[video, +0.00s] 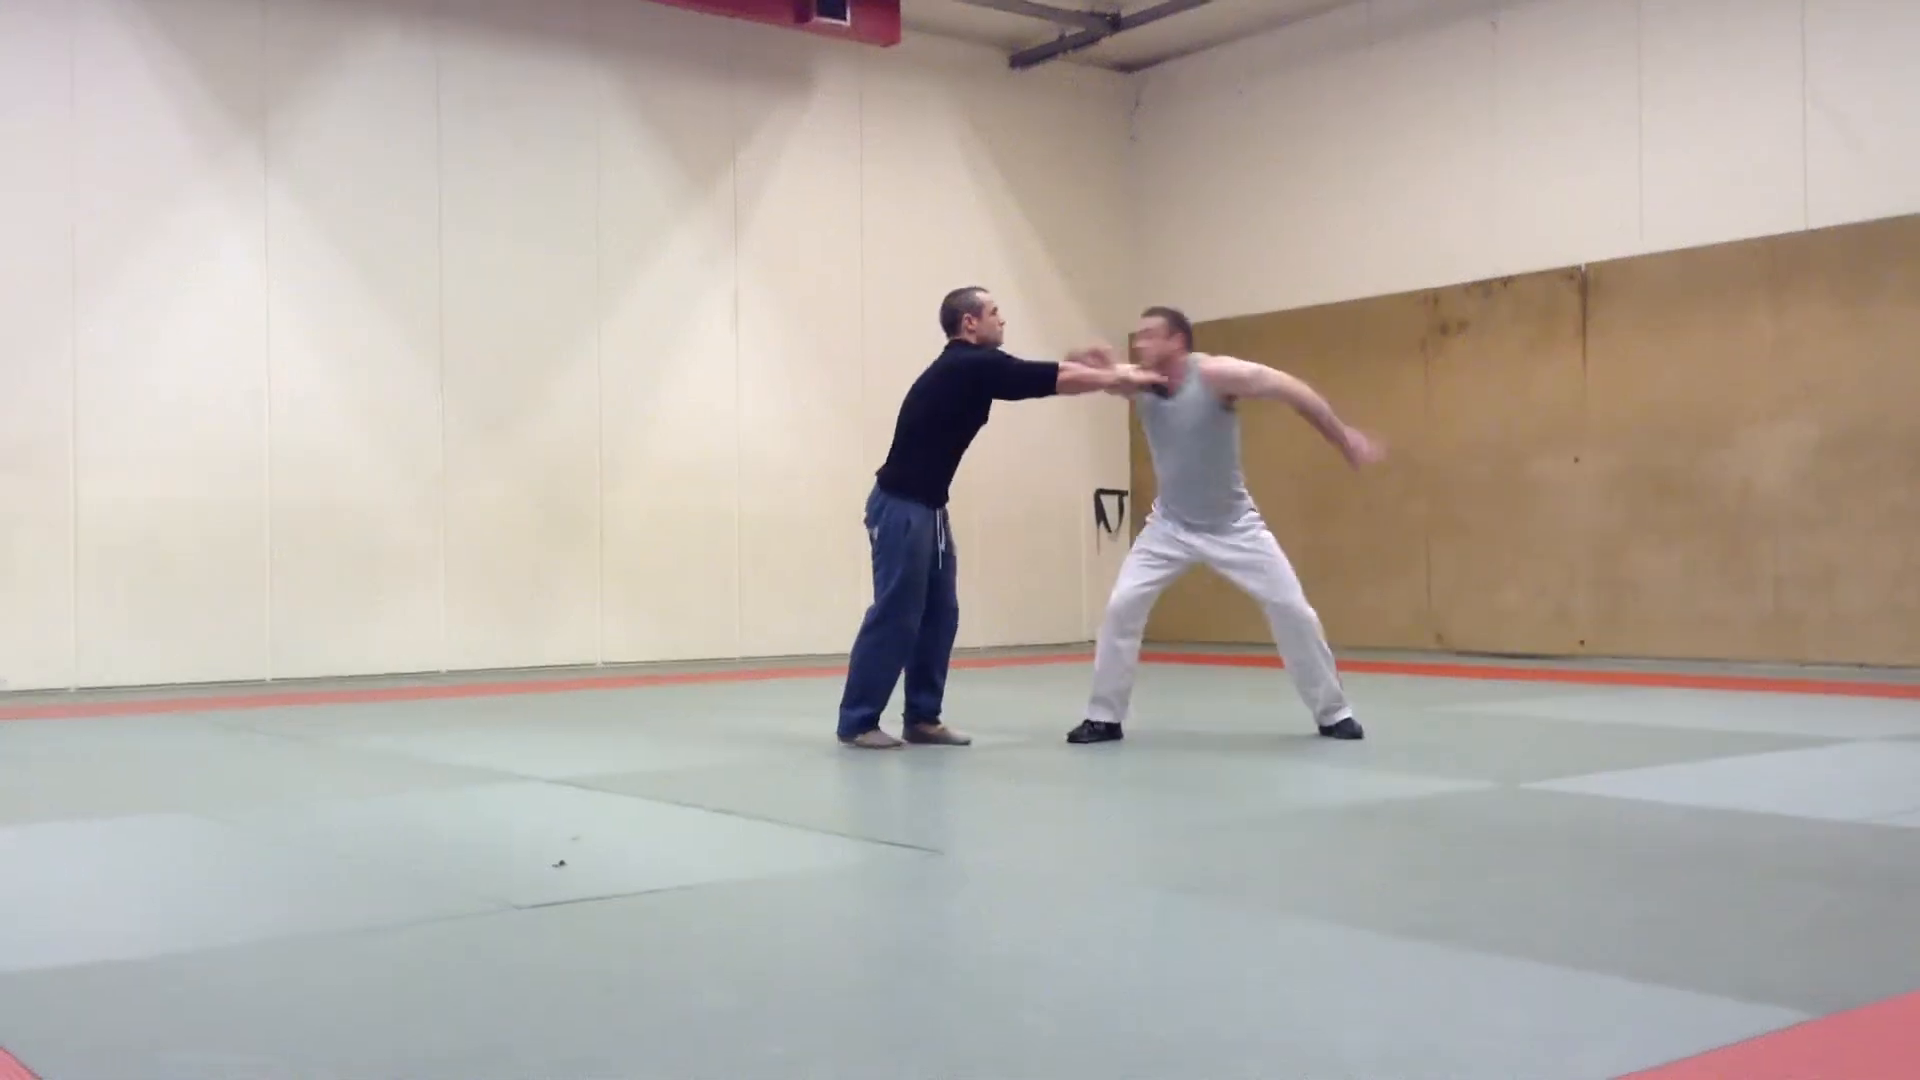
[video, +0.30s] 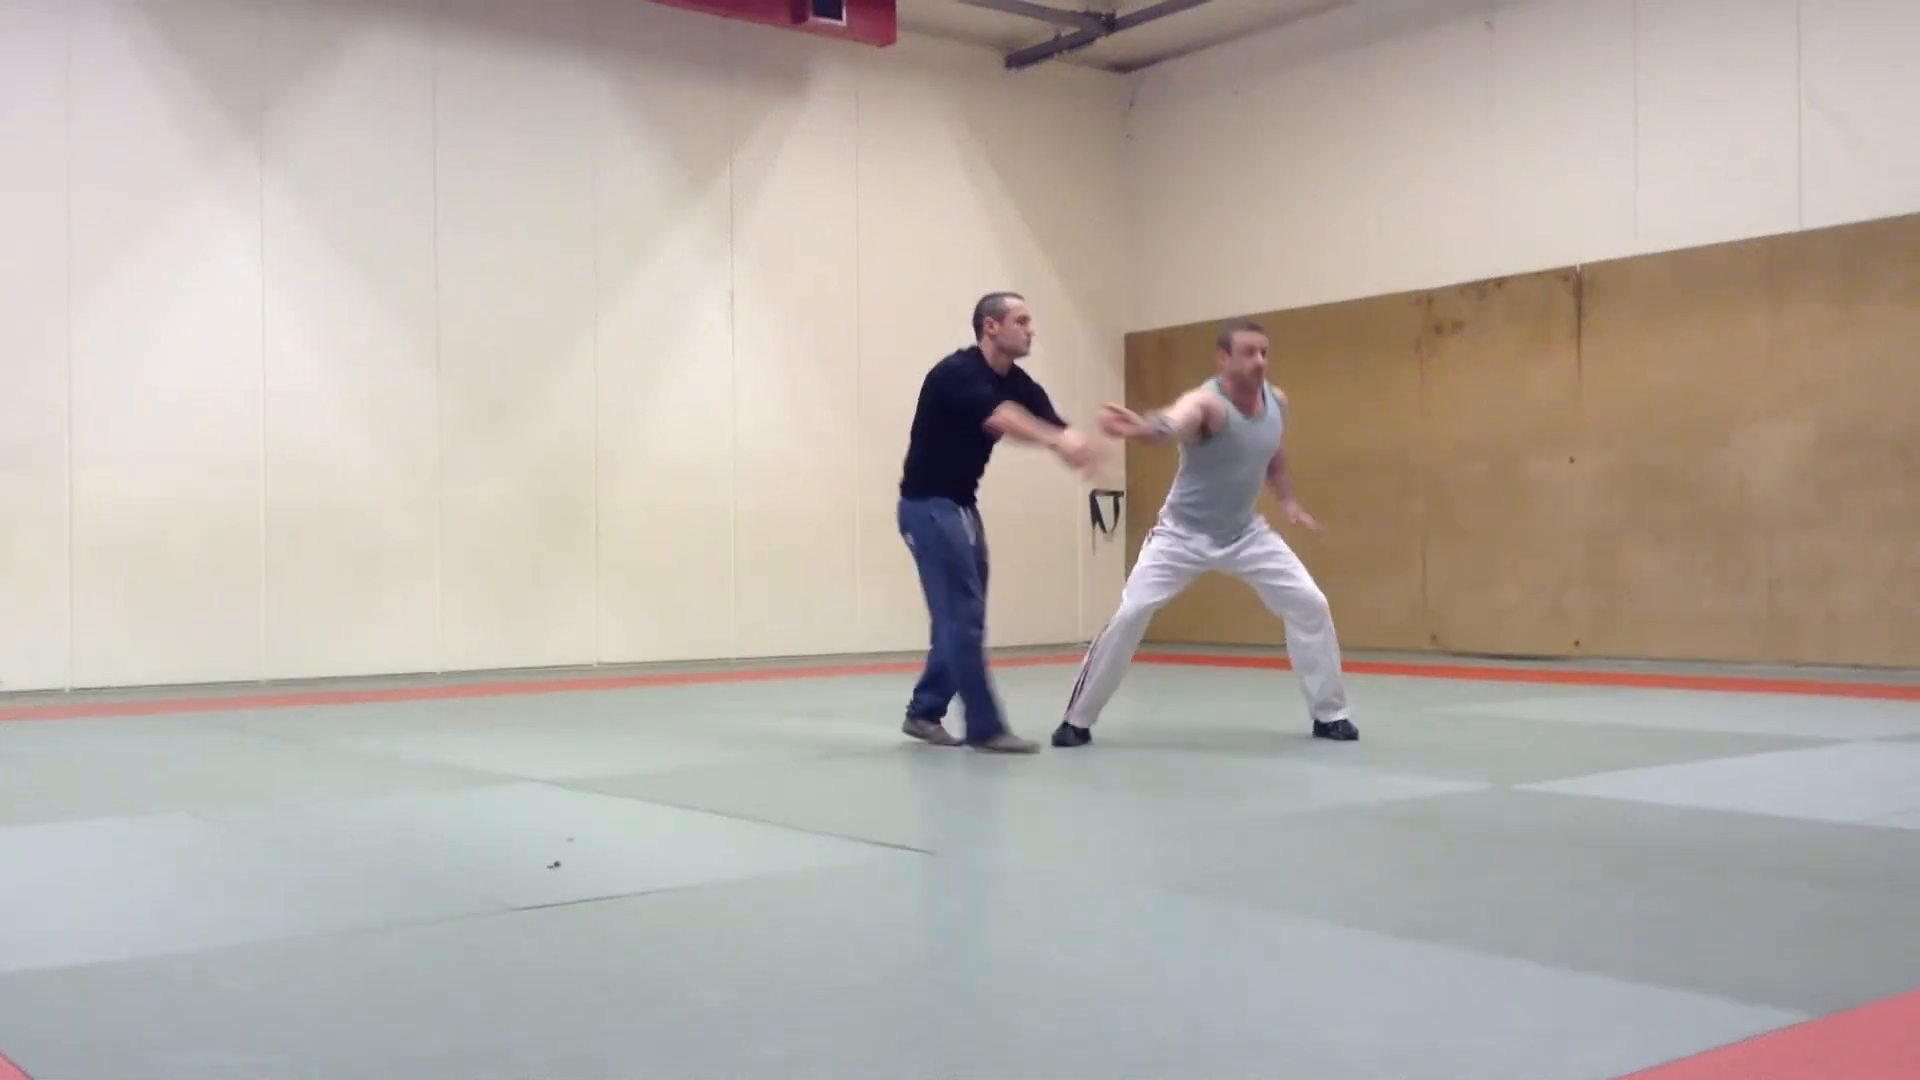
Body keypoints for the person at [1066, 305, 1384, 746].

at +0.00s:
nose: (1140, 345)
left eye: (1149, 336)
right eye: (1138, 337)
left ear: (1179, 341)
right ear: (1138, 345)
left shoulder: (1214, 374)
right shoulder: (1141, 383)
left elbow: (1292, 389)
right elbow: (1110, 383)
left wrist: (1344, 438)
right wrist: (1101, 369)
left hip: (1235, 527)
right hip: (1169, 527)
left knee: (1295, 612)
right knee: (1122, 606)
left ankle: (1332, 712)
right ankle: (1104, 717)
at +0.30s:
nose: (1259, 361)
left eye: (1263, 353)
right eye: (1249, 353)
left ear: (1269, 357)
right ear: (1224, 358)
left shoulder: (1274, 402)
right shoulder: (1206, 401)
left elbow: (1271, 454)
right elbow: (1173, 421)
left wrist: (1289, 501)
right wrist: (1144, 426)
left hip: (1245, 536)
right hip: (1181, 536)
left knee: (1310, 605)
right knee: (1129, 614)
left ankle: (1329, 714)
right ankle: (1077, 720)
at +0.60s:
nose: (1194, 375)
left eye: (1203, 367)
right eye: (1192, 369)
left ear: (1234, 372)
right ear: (1194, 377)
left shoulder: (1269, 419)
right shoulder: (1176, 418)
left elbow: (1286, 473)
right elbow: (1172, 435)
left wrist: (1288, 535)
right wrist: (1200, 396)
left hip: (1236, 550)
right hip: (1169, 548)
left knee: (1305, 619)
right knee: (1110, 619)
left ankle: (1324, 722)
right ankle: (1073, 726)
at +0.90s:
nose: (1163, 376)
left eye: (1173, 368)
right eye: (1162, 368)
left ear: (1202, 373)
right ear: (1165, 375)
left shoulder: (1246, 418)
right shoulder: (1158, 416)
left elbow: (1278, 471)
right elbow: (1118, 407)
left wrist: (1286, 537)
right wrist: (1181, 414)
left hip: (1225, 553)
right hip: (1157, 552)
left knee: (1297, 625)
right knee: (1096, 620)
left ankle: (1323, 724)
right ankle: (1069, 729)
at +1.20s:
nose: (1166, 371)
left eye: (1176, 362)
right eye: (1166, 363)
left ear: (1204, 367)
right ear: (1170, 368)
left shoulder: (1250, 415)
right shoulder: (1156, 408)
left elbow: (1288, 468)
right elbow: (1098, 387)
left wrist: (1301, 534)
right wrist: (1049, 361)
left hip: (1230, 551)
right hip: (1160, 550)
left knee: (1301, 625)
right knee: (1098, 620)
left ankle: (1323, 724)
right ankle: (1069, 728)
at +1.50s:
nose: (1157, 365)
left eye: (1165, 356)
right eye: (1156, 357)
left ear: (1196, 359)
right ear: (1178, 362)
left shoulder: (1247, 399)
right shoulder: (1153, 411)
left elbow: (1300, 437)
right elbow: (1089, 429)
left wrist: (1284, 469)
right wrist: (1080, 403)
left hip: (1244, 544)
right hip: (1174, 541)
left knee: (1301, 629)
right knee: (1111, 610)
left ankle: (1324, 724)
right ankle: (1091, 722)